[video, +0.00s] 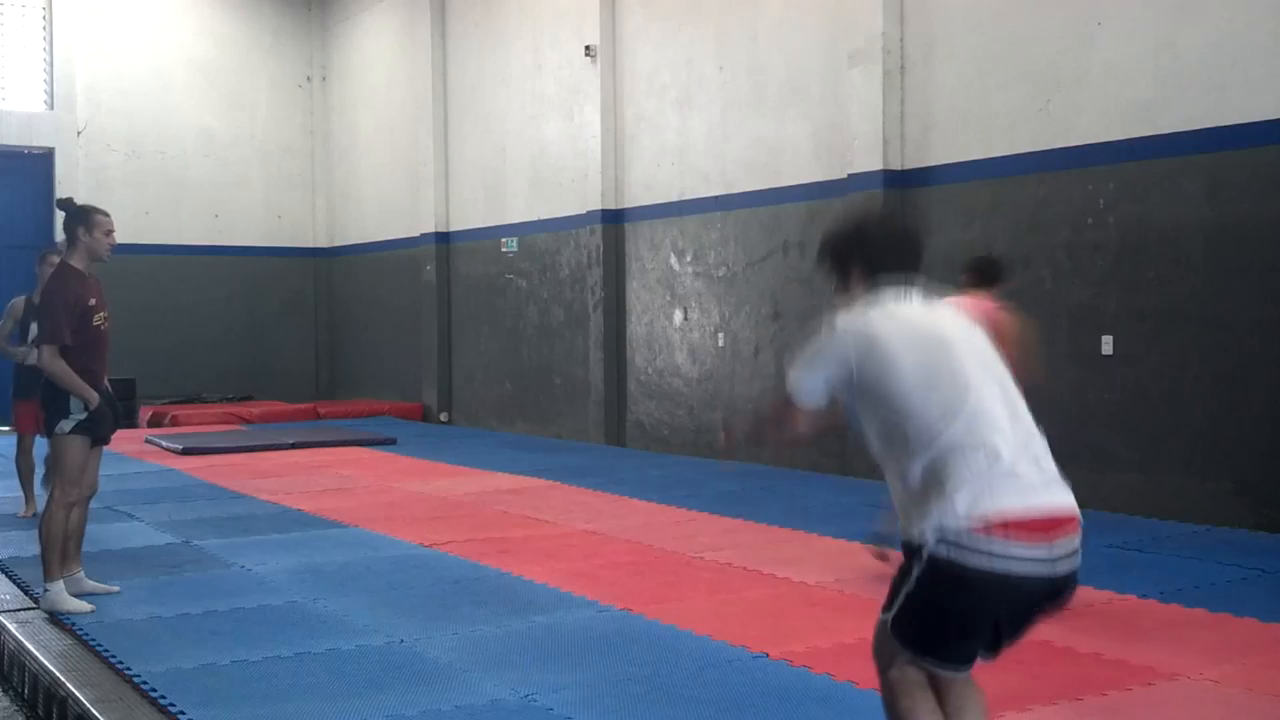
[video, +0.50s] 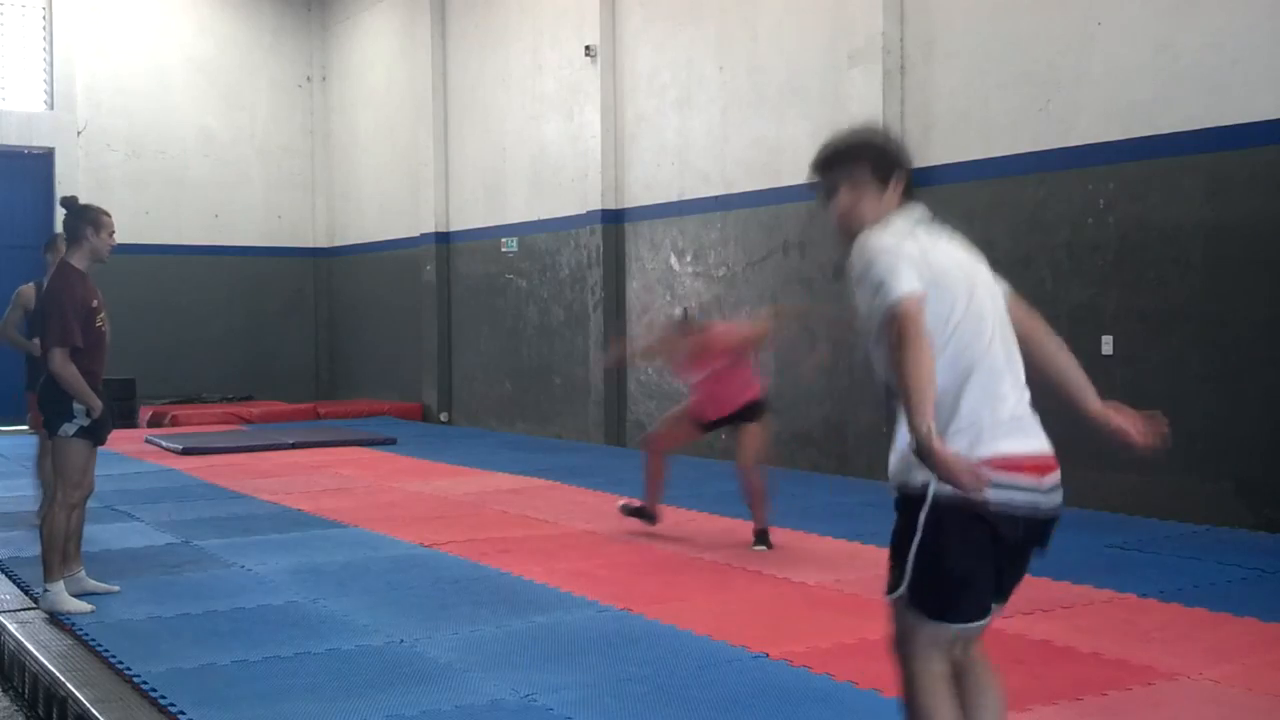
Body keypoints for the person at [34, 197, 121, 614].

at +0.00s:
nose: (113, 240)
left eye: (112, 233)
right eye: (106, 233)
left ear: (87, 237)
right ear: (80, 235)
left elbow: (89, 347)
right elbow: (47, 359)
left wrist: (106, 392)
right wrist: (94, 399)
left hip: (92, 395)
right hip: (68, 399)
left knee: (85, 491)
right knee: (64, 492)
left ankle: (73, 574)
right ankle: (53, 588)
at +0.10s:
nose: (113, 240)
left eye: (113, 233)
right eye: (107, 233)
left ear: (88, 236)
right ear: (81, 235)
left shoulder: (87, 278)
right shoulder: (61, 284)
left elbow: (84, 346)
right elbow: (47, 357)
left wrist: (102, 391)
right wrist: (92, 402)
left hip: (91, 395)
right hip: (67, 400)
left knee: (85, 491)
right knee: (63, 493)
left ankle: (73, 574)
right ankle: (53, 589)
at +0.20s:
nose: (114, 240)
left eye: (114, 233)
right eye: (108, 233)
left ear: (88, 236)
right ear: (83, 235)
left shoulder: (85, 279)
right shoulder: (61, 284)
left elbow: (81, 347)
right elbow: (49, 360)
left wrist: (97, 395)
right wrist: (92, 404)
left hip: (88, 397)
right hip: (67, 401)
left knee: (83, 491)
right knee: (63, 494)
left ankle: (73, 574)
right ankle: (53, 589)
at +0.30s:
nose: (114, 241)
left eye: (114, 234)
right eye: (108, 234)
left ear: (88, 236)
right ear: (83, 235)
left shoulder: (82, 278)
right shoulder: (62, 285)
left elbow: (79, 347)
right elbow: (52, 361)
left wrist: (94, 398)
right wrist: (92, 406)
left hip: (86, 398)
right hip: (67, 402)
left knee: (81, 491)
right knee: (63, 495)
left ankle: (73, 574)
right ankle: (53, 590)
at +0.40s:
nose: (114, 241)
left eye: (114, 233)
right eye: (108, 233)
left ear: (86, 236)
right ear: (84, 235)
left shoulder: (80, 279)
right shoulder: (64, 285)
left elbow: (77, 348)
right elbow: (55, 362)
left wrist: (94, 396)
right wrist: (92, 405)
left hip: (85, 398)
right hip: (67, 401)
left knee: (81, 491)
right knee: (64, 494)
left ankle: (73, 574)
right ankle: (53, 590)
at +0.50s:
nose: (114, 240)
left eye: (113, 232)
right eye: (109, 233)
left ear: (86, 235)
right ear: (86, 235)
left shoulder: (80, 278)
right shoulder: (64, 284)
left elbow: (78, 347)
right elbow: (57, 361)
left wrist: (96, 395)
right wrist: (94, 404)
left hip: (85, 397)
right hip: (68, 401)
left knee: (82, 490)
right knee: (66, 494)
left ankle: (73, 574)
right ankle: (53, 589)